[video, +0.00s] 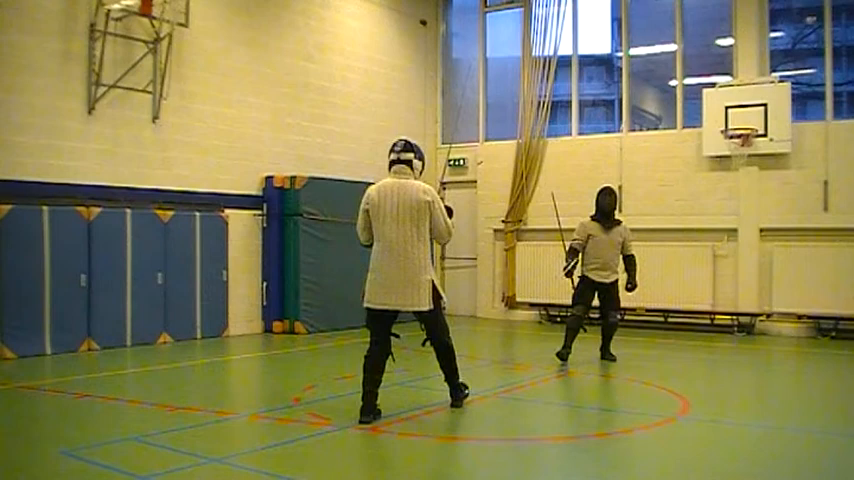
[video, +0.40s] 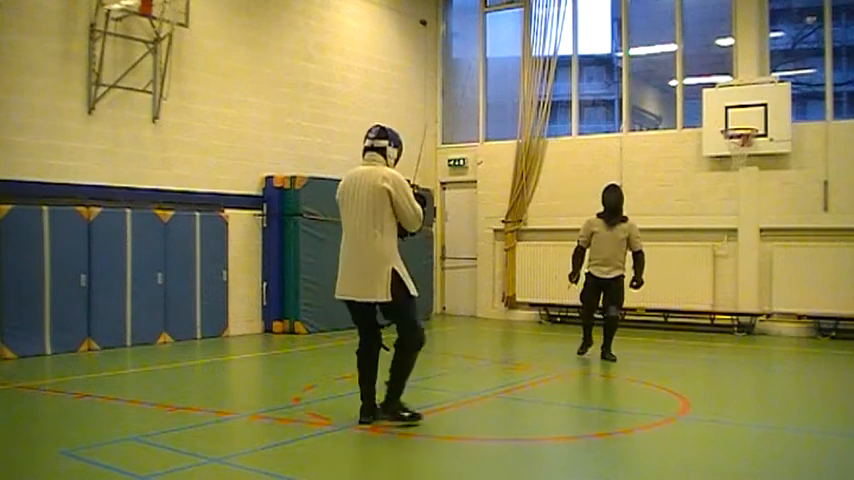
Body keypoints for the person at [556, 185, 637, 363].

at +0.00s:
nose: (609, 202)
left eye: (612, 198)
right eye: (605, 198)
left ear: (616, 203)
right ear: (597, 201)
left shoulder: (622, 230)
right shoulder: (586, 226)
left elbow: (628, 255)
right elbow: (575, 247)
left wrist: (631, 277)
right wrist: (570, 263)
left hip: (610, 281)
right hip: (588, 278)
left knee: (612, 318)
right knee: (578, 312)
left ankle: (605, 349)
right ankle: (566, 347)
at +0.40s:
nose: (612, 204)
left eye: (615, 199)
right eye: (609, 199)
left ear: (620, 202)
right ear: (603, 202)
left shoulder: (628, 227)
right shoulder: (592, 224)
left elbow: (638, 252)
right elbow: (580, 248)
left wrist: (638, 275)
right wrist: (575, 270)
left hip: (615, 278)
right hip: (593, 276)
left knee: (612, 314)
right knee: (587, 308)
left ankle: (606, 348)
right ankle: (587, 339)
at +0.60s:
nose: (604, 215)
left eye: (607, 211)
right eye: (601, 210)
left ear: (612, 213)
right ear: (595, 211)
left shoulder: (619, 233)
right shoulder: (584, 230)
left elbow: (628, 258)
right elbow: (574, 252)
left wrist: (626, 279)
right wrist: (573, 275)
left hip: (608, 280)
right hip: (587, 280)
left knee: (605, 314)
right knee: (587, 314)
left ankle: (600, 349)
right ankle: (593, 341)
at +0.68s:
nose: (599, 232)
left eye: (603, 227)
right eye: (596, 227)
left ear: (608, 224)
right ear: (592, 223)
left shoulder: (617, 238)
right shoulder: (583, 234)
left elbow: (627, 262)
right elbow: (574, 254)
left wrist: (623, 281)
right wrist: (574, 275)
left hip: (606, 280)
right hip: (587, 280)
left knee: (605, 313)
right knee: (588, 314)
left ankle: (602, 348)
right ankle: (595, 343)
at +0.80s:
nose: (596, 251)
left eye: (599, 248)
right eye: (593, 247)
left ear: (606, 242)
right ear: (587, 240)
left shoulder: (615, 246)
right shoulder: (580, 240)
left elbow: (622, 271)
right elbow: (571, 254)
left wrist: (614, 290)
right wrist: (572, 274)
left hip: (606, 280)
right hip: (585, 280)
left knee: (605, 309)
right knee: (584, 313)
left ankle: (606, 345)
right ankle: (591, 344)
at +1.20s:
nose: (577, 256)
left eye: (580, 253)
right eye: (575, 253)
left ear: (588, 248)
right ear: (570, 245)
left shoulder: (599, 252)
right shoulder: (566, 239)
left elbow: (606, 275)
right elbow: (560, 250)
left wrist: (601, 296)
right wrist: (560, 268)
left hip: (594, 281)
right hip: (573, 280)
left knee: (592, 311)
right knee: (567, 311)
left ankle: (592, 347)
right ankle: (570, 343)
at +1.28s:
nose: (567, 250)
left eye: (570, 248)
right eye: (565, 246)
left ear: (579, 243)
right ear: (561, 241)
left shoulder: (589, 249)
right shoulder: (558, 240)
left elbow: (597, 273)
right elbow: (553, 251)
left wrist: (590, 296)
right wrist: (552, 268)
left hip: (584, 281)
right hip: (564, 281)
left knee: (583, 311)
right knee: (556, 311)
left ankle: (581, 347)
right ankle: (561, 342)